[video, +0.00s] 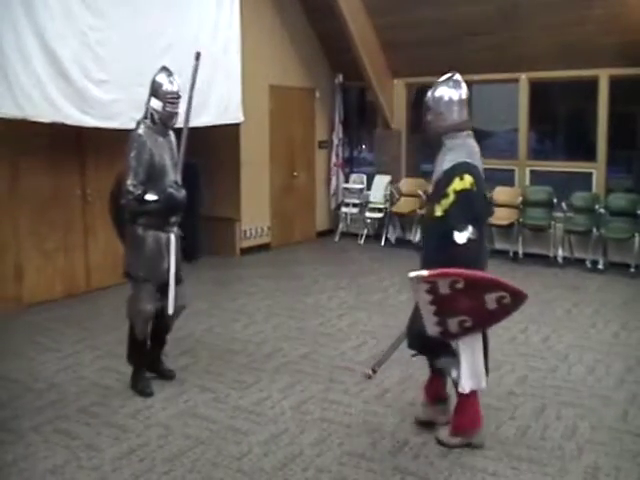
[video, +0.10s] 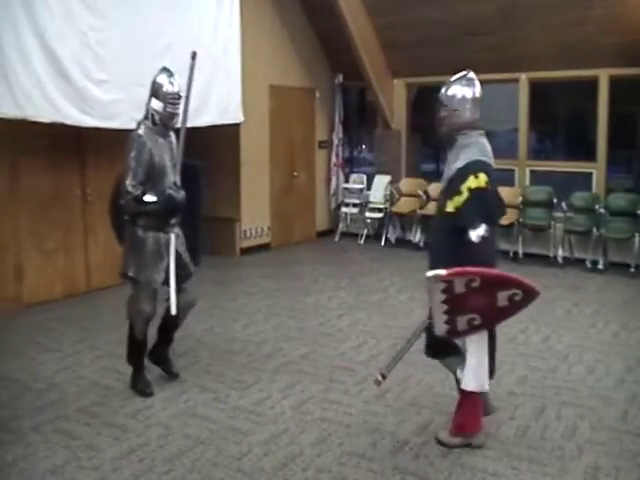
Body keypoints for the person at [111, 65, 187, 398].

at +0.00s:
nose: (174, 106)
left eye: (177, 100)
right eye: (168, 100)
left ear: (179, 102)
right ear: (153, 100)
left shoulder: (169, 137)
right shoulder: (142, 138)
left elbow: (172, 184)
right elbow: (130, 197)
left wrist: (176, 198)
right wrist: (167, 198)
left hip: (169, 230)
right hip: (147, 232)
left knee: (172, 300)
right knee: (145, 302)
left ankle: (155, 356)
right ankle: (139, 367)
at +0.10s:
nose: (173, 107)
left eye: (177, 101)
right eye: (167, 101)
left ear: (181, 103)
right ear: (153, 101)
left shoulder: (171, 139)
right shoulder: (142, 140)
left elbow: (170, 183)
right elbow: (129, 196)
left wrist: (176, 196)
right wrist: (166, 201)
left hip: (172, 230)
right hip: (146, 232)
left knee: (185, 296)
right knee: (144, 303)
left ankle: (161, 348)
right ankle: (138, 369)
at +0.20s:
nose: (177, 108)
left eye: (180, 101)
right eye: (171, 101)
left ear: (182, 103)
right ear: (155, 101)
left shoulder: (173, 138)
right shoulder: (144, 139)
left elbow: (172, 184)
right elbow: (131, 195)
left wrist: (178, 197)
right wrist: (169, 200)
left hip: (175, 229)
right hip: (148, 231)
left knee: (192, 296)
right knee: (145, 304)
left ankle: (176, 358)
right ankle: (138, 370)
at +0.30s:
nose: (183, 105)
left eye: (186, 99)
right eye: (176, 99)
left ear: (188, 101)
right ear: (160, 101)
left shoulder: (178, 139)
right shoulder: (150, 140)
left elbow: (178, 185)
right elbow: (135, 198)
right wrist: (176, 202)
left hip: (180, 230)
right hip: (152, 233)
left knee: (196, 298)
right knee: (147, 307)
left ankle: (198, 366)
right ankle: (138, 371)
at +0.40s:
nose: (191, 112)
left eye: (194, 106)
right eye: (185, 106)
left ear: (196, 106)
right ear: (170, 107)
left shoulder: (185, 141)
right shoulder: (158, 142)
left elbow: (190, 188)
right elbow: (144, 199)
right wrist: (184, 204)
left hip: (185, 233)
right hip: (157, 235)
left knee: (200, 302)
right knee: (150, 308)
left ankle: (212, 369)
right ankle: (138, 371)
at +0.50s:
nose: (201, 113)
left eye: (204, 106)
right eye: (195, 106)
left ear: (206, 108)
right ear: (180, 107)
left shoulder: (195, 141)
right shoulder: (166, 141)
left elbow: (199, 188)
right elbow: (155, 199)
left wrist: (210, 222)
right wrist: (195, 206)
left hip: (197, 234)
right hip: (168, 236)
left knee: (212, 301)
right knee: (158, 307)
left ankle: (214, 371)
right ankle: (139, 370)